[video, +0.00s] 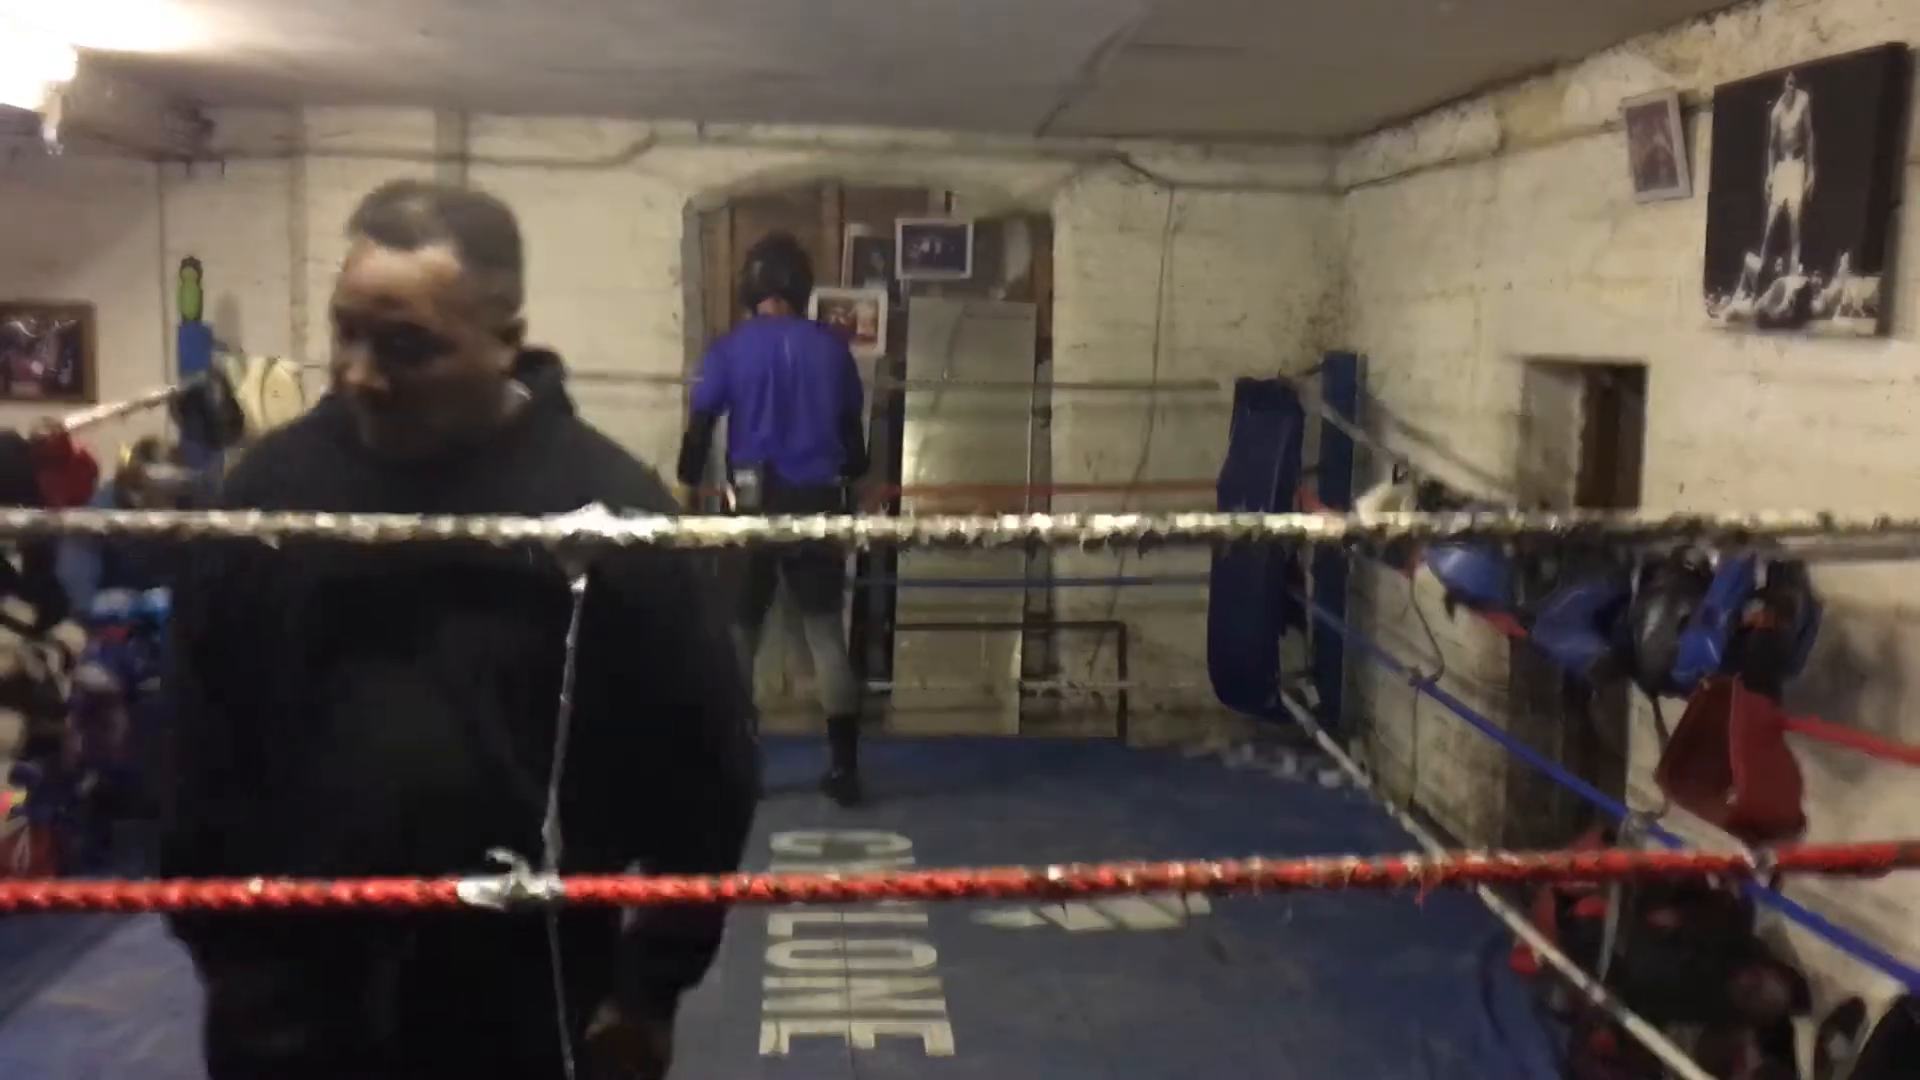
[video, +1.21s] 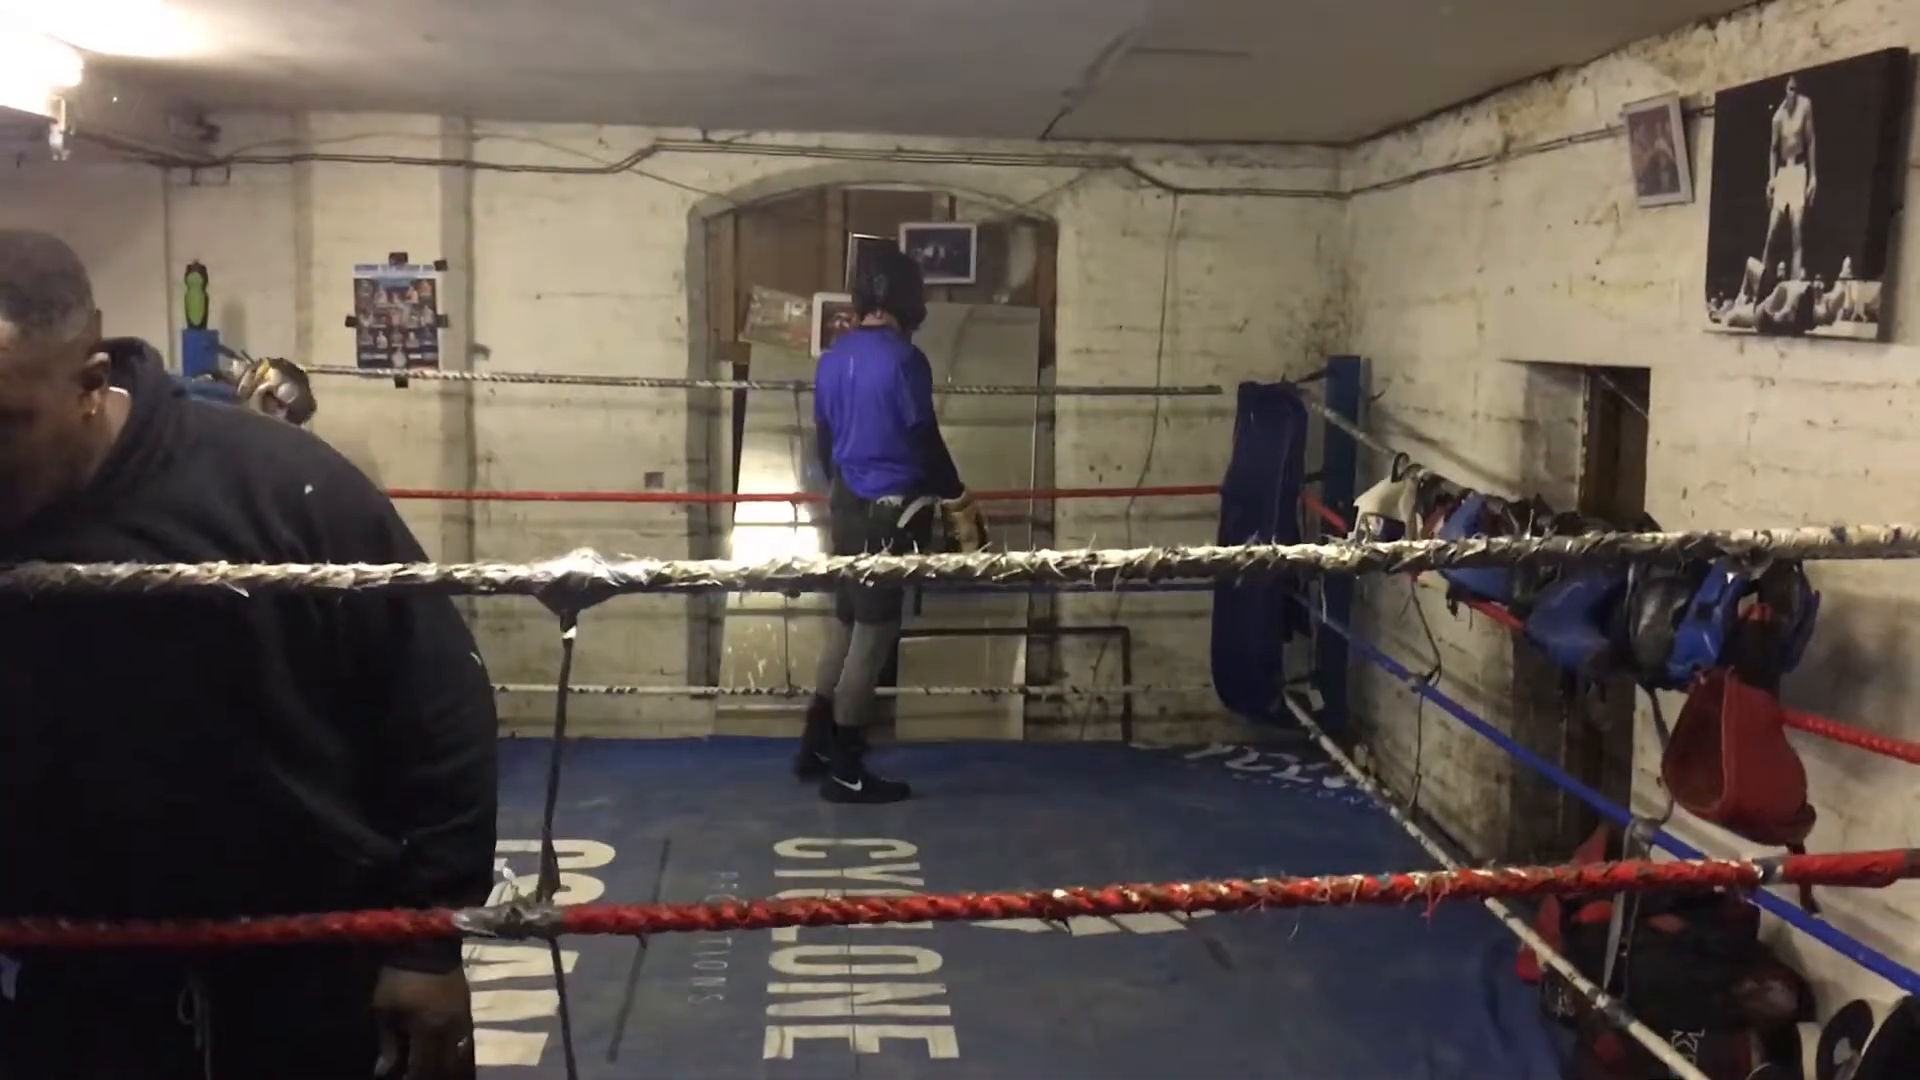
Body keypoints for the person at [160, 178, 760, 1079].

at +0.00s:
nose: (361, 374)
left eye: (406, 345)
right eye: (347, 332)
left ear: (505, 339)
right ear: (329, 314)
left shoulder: (611, 509)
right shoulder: (262, 490)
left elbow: (704, 768)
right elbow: (199, 735)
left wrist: (647, 991)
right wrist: (231, 954)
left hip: (522, 1001)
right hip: (296, 992)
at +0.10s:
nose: (294, 368)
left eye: (339, 339)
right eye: (280, 327)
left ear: (443, 333)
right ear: (262, 312)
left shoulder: (564, 507)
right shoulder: (198, 502)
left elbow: (652, 764)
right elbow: (132, 751)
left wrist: (601, 985)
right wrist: (181, 962)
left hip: (477, 1002)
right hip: (245, 998)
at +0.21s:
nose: (223, 368)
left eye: (267, 335)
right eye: (209, 327)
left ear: (379, 325)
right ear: (194, 308)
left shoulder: (506, 498)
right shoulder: (146, 502)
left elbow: (615, 754)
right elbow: (71, 766)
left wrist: (557, 970)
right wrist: (129, 969)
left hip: (441, 1010)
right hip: (203, 1009)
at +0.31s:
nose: (152, 363)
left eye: (197, 330)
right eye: (137, 327)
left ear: (308, 316)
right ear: (120, 315)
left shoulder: (447, 481)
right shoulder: (88, 498)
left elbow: (570, 732)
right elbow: (27, 760)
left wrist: (519, 957)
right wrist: (87, 964)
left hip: (394, 985)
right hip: (164, 988)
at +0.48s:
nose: (58, 368)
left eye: (101, 330)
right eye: (40, 329)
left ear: (213, 313)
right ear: (23, 318)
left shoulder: (379, 469)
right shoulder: (26, 495)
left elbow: (507, 712)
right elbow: (16, 764)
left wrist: (473, 946)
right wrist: (37, 964)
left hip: (355, 985)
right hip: (122, 987)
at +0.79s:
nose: (4, 394)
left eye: (24, 361)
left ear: (118, 333)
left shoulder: (302, 469)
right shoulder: (14, 504)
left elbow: (457, 706)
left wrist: (436, 940)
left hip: (314, 967)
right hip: (86, 963)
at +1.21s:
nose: (0, 446)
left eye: (13, 418)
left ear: (96, 384)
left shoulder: (294, 494)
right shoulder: (24, 524)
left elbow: (445, 721)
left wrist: (429, 945)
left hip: (297, 980)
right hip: (67, 980)